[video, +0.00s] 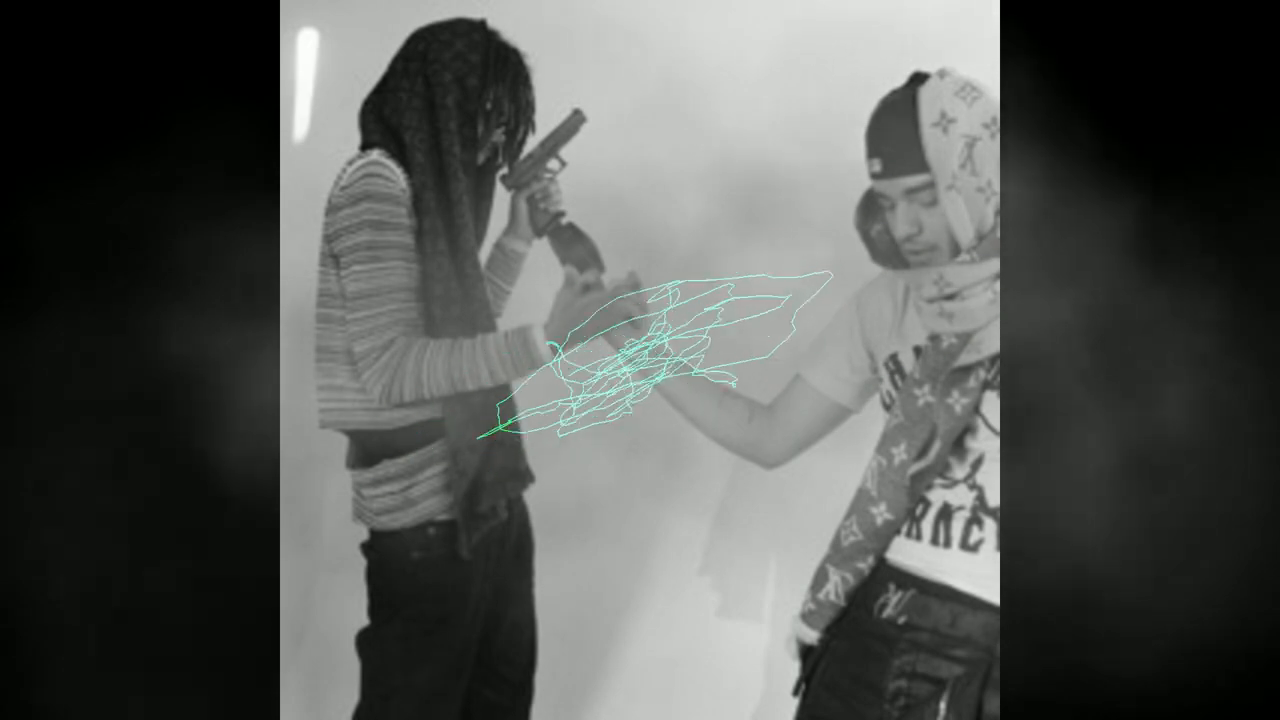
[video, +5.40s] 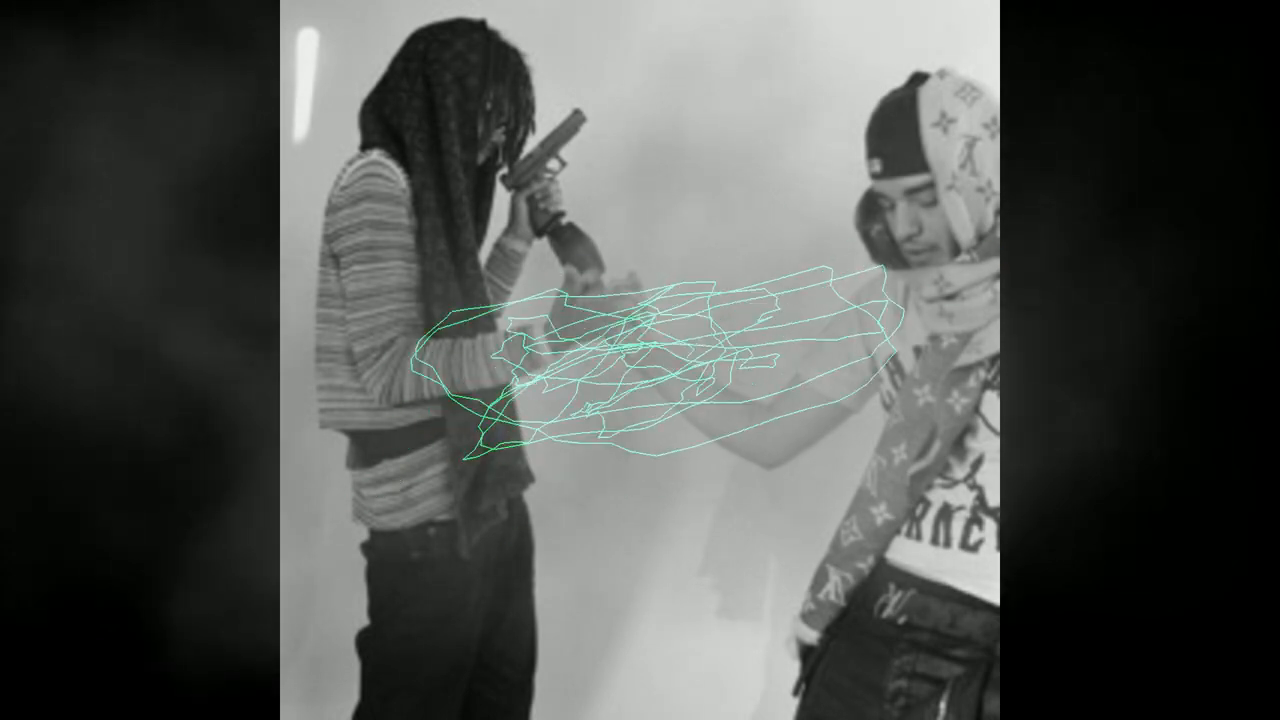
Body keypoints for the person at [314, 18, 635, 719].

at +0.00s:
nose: (498, 145)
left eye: (505, 127)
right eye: (493, 122)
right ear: (450, 108)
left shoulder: (425, 192)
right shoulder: (376, 183)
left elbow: (462, 332)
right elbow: (388, 368)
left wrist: (518, 235)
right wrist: (549, 339)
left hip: (485, 500)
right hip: (422, 516)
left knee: (500, 700)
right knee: (411, 705)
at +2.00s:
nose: (498, 144)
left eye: (504, 124)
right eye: (490, 120)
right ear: (445, 108)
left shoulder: (429, 191)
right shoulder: (377, 183)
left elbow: (464, 335)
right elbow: (387, 370)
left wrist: (518, 234)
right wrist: (546, 343)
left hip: (488, 495)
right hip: (422, 509)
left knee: (499, 697)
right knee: (413, 702)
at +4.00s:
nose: (497, 143)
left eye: (504, 126)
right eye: (491, 120)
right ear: (448, 107)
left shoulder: (427, 191)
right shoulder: (377, 182)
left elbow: (463, 330)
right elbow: (389, 369)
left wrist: (519, 234)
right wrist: (549, 338)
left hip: (487, 502)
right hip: (421, 519)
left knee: (499, 702)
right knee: (411, 705)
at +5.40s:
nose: (497, 143)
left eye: (504, 124)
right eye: (492, 119)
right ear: (449, 106)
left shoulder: (426, 189)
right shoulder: (377, 183)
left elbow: (463, 333)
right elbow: (389, 370)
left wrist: (517, 234)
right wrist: (544, 340)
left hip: (487, 498)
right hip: (422, 514)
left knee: (500, 699)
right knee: (410, 704)